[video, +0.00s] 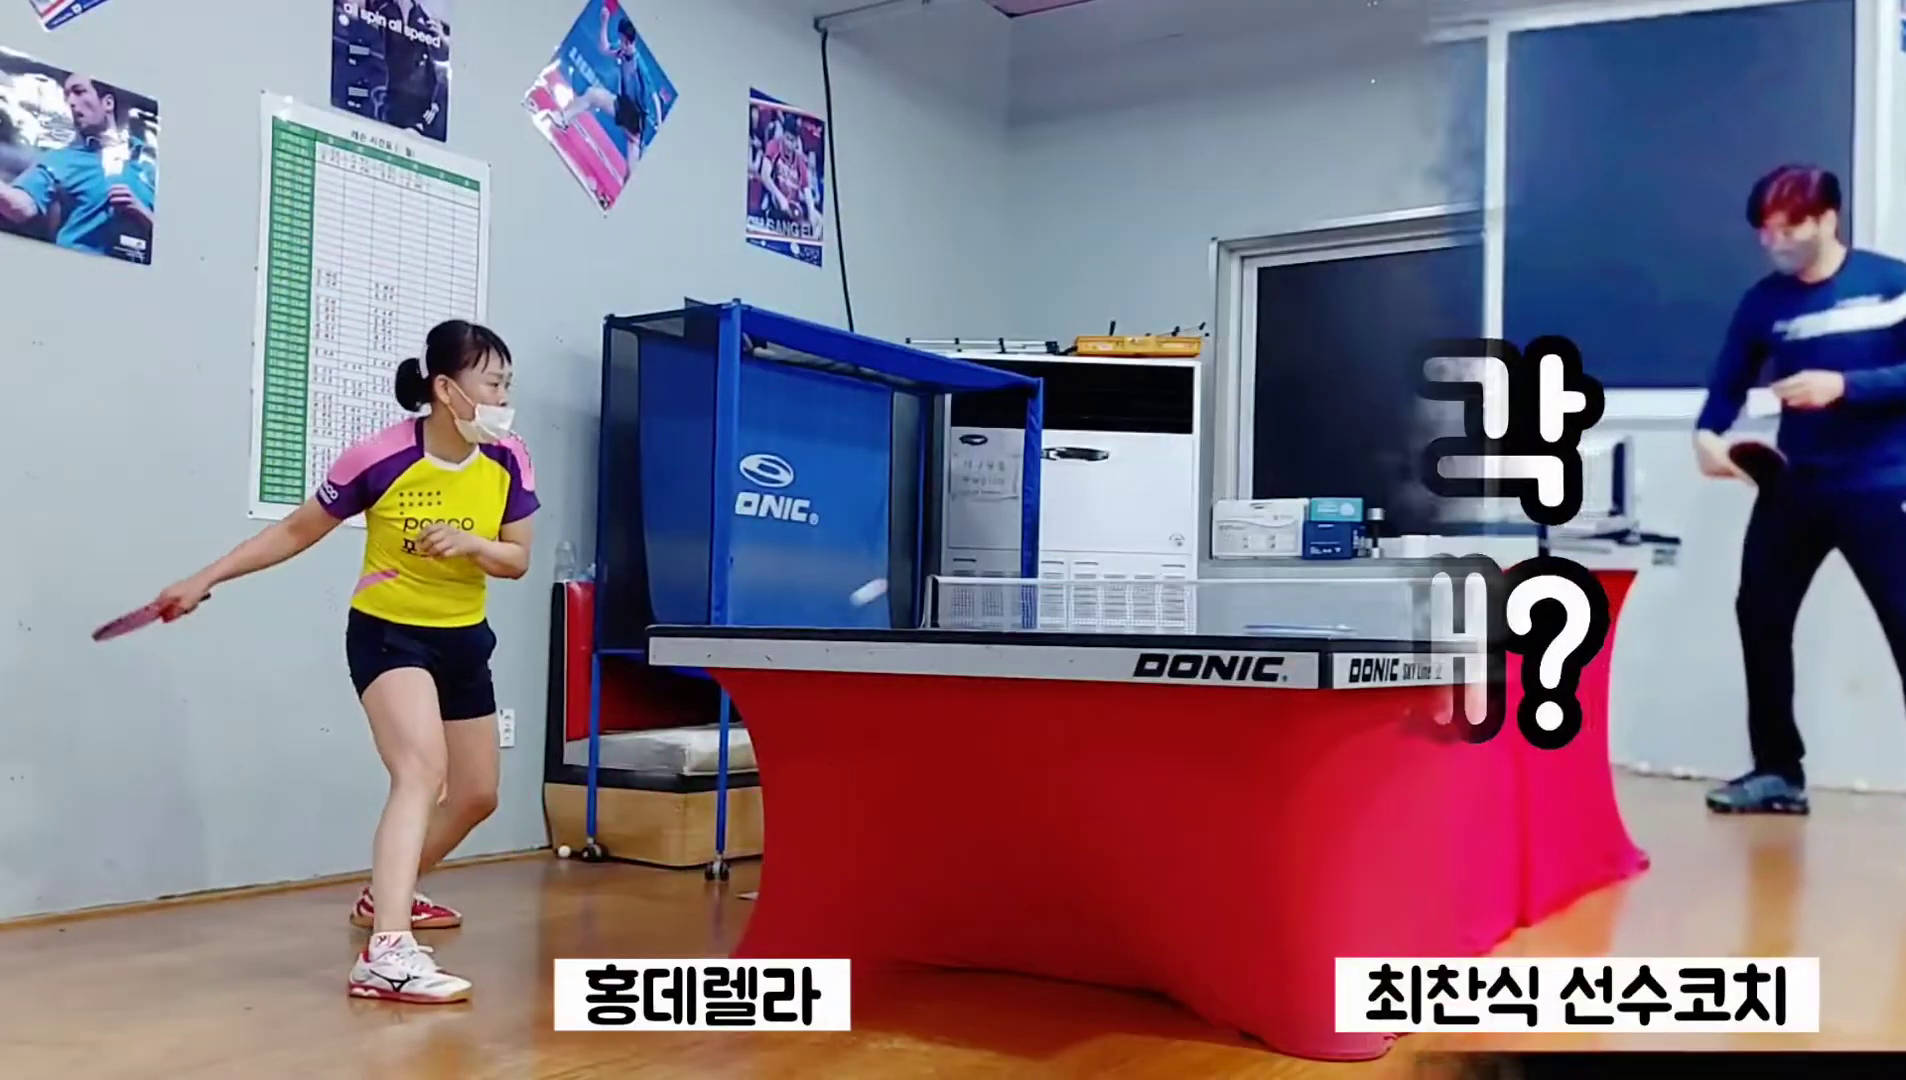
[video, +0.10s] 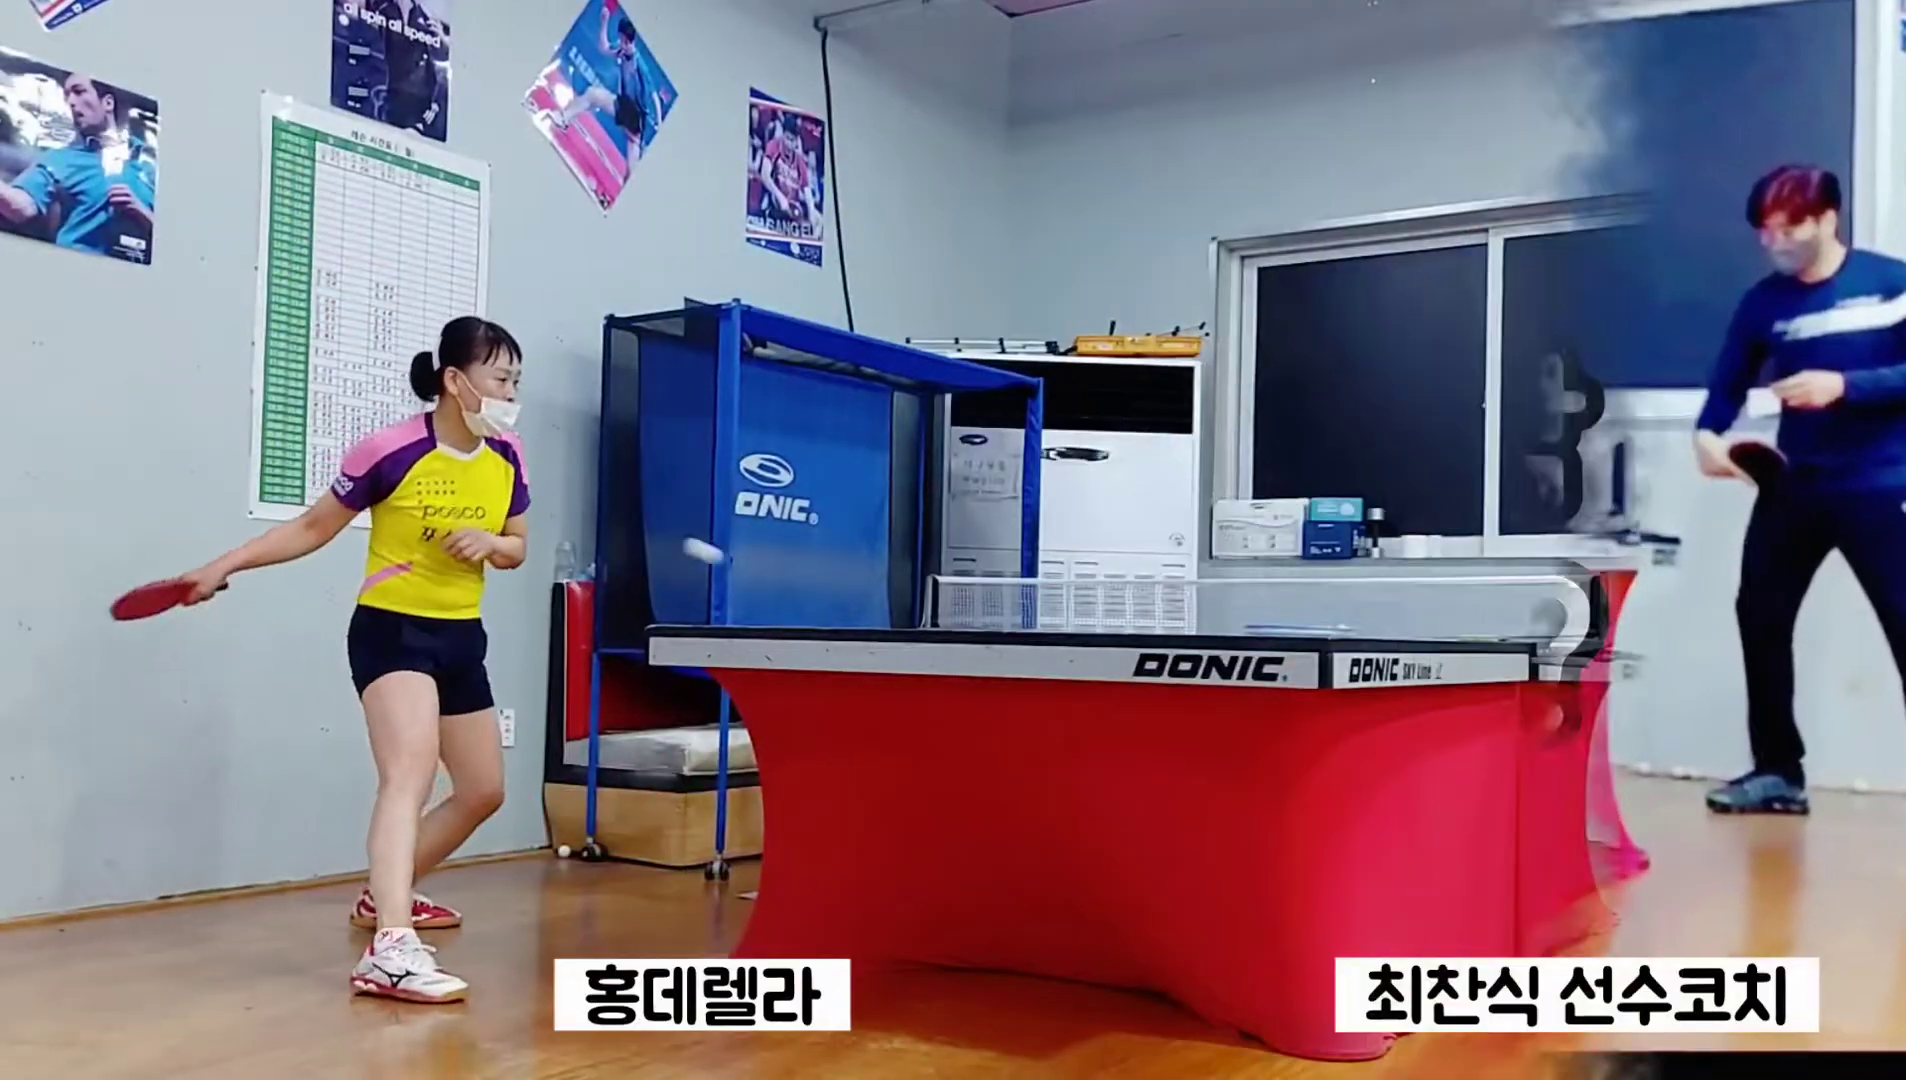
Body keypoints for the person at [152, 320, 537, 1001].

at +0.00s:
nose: (503, 397)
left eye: (506, 384)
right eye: (490, 384)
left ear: (499, 388)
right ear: (443, 389)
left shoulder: (507, 457)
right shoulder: (379, 459)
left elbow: (517, 561)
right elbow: (295, 532)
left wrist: (472, 544)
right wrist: (204, 579)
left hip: (464, 638)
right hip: (390, 632)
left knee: (476, 795)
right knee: (421, 770)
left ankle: (386, 892)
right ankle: (390, 948)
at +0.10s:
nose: (508, 393)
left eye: (513, 381)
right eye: (497, 380)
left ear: (508, 385)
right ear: (452, 382)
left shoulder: (505, 455)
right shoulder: (389, 452)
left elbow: (517, 551)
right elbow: (312, 528)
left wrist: (491, 543)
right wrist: (224, 565)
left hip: (461, 637)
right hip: (393, 631)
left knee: (482, 791)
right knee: (408, 772)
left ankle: (386, 890)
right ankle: (392, 943)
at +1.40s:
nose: (471, 382)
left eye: (477, 372)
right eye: (464, 367)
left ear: (439, 368)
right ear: (423, 355)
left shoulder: (406, 435)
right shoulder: (387, 395)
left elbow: (364, 526)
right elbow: (483, 404)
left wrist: (420, 530)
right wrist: (543, 363)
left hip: (341, 611)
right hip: (311, 603)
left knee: (388, 755)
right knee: (365, 760)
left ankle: (323, 889)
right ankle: (299, 941)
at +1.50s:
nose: (466, 402)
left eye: (467, 391)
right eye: (461, 389)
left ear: (411, 383)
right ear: (422, 379)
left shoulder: (374, 427)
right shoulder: (407, 416)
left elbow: (344, 512)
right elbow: (521, 404)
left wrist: (403, 557)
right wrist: (534, 360)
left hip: (298, 620)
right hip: (319, 623)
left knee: (363, 776)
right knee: (386, 791)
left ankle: (325, 895)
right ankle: (300, 953)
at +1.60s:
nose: (460, 389)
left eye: (461, 377)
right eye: (453, 374)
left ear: (402, 368)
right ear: (413, 365)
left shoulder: (355, 418)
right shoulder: (401, 410)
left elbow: (336, 504)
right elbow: (515, 439)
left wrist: (400, 545)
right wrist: (536, 400)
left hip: (298, 613)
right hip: (322, 616)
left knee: (360, 770)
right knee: (380, 782)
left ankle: (324, 894)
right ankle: (300, 951)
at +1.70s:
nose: (453, 361)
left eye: (454, 348)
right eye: (446, 346)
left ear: (405, 345)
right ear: (407, 342)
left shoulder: (383, 402)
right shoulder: (378, 390)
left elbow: (345, 505)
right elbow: (439, 478)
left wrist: (411, 523)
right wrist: (515, 473)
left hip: (337, 606)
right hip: (310, 603)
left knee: (366, 762)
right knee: (357, 762)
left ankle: (313, 898)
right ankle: (305, 948)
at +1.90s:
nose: (431, 406)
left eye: (433, 394)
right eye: (420, 394)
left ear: (409, 403)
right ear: (374, 401)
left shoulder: (436, 479)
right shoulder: (308, 473)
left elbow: (440, 558)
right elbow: (237, 568)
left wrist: (427, 574)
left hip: (369, 658)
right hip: (290, 643)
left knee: (390, 818)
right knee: (362, 763)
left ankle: (298, 892)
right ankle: (313, 953)